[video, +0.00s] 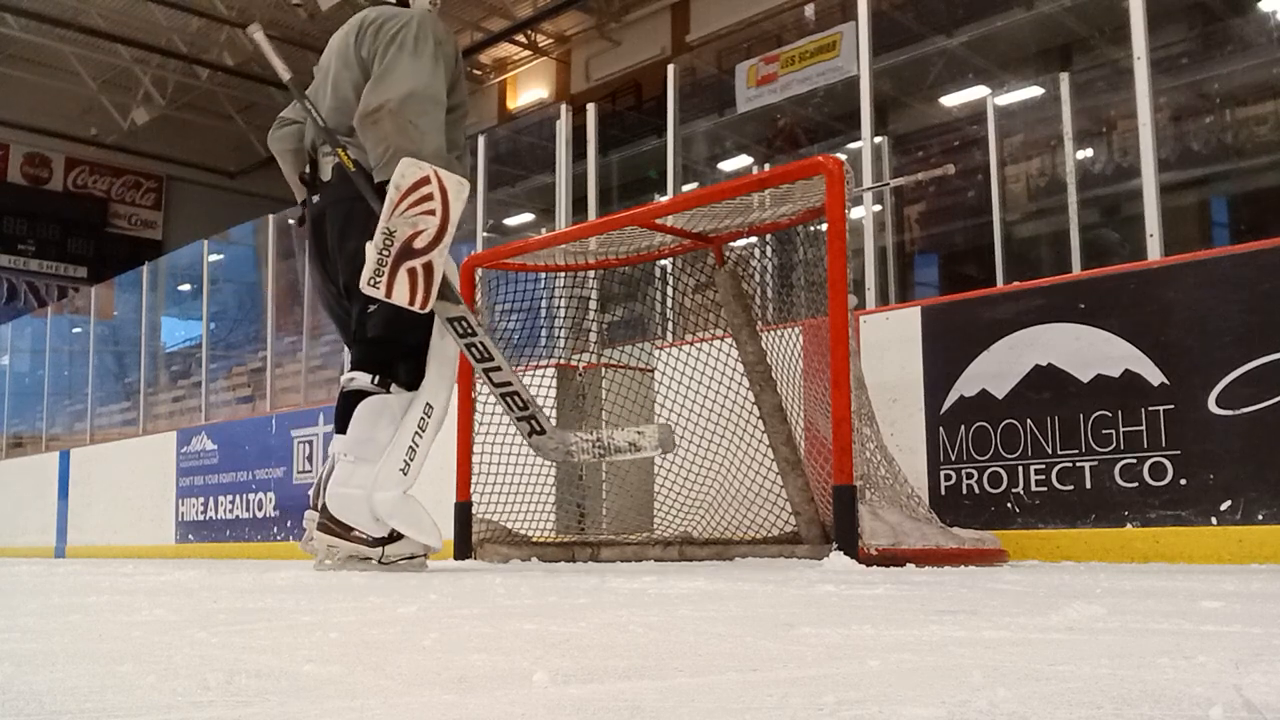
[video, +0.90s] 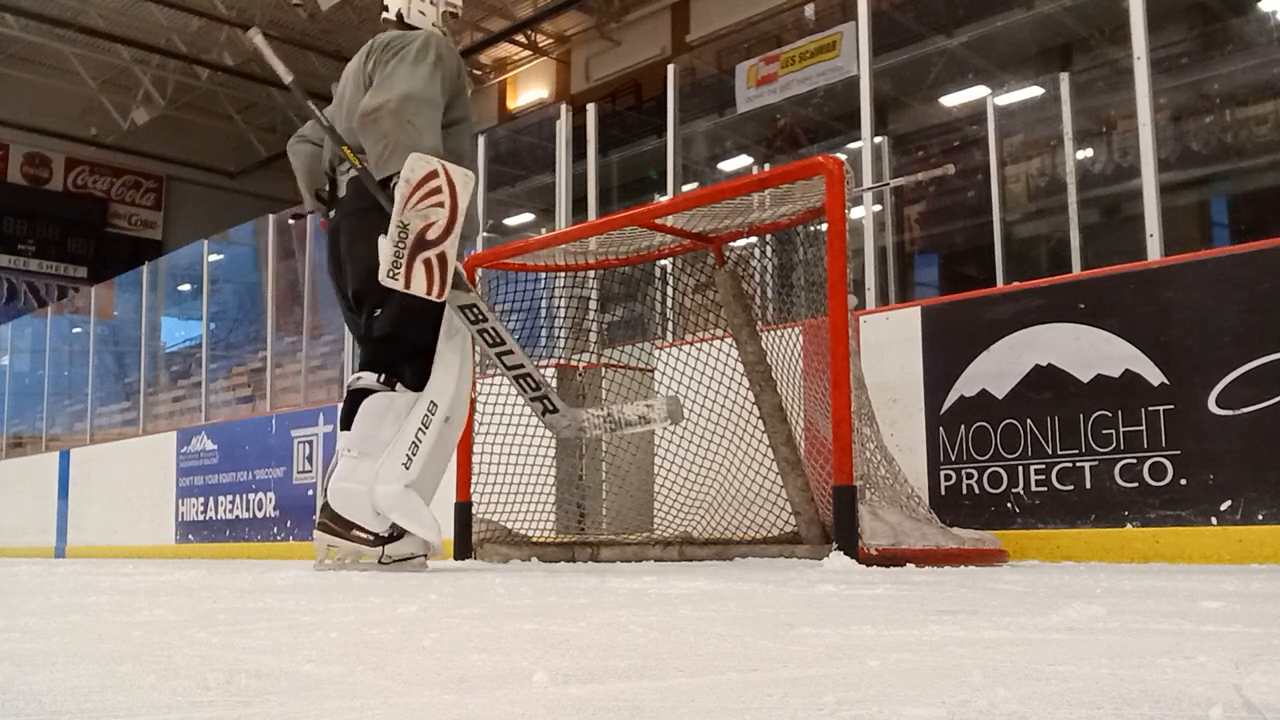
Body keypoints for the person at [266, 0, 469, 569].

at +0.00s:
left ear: (377, 1)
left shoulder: (344, 46)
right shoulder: (412, 24)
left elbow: (288, 131)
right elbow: (396, 120)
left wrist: (317, 190)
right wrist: (425, 226)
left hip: (330, 214)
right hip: (375, 207)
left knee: (370, 357)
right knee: (403, 358)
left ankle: (345, 513)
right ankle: (354, 506)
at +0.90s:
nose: (452, 16)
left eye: (451, 11)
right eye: (448, 10)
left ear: (392, 17)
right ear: (428, 13)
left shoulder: (358, 76)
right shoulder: (421, 45)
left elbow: (308, 142)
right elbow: (395, 117)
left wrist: (331, 199)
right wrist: (432, 219)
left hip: (353, 229)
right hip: (398, 223)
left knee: (383, 371)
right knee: (436, 373)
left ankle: (355, 513)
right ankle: (366, 507)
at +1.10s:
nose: (463, 38)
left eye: (465, 31)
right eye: (455, 27)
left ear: (417, 26)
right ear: (427, 22)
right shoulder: (423, 56)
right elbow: (383, 126)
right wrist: (416, 234)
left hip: (377, 236)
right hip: (395, 230)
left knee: (395, 374)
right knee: (423, 373)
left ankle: (368, 510)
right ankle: (371, 504)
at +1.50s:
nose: (501, 55)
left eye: (505, 48)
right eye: (492, 44)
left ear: (502, 55)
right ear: (462, 43)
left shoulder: (476, 108)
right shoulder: (442, 79)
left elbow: (461, 194)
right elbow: (385, 144)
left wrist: (491, 255)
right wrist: (382, 241)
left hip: (449, 259)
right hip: (439, 255)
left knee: (430, 389)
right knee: (469, 382)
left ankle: (395, 513)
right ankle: (445, 514)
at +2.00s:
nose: (525, 32)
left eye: (535, 24)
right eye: (515, 23)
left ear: (548, 35)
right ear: (499, 31)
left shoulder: (549, 110)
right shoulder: (478, 77)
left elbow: (540, 192)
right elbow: (428, 148)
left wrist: (541, 260)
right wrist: (409, 236)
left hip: (525, 267)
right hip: (469, 257)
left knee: (510, 397)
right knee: (492, 396)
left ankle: (458, 525)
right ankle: (474, 526)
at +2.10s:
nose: (533, 29)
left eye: (542, 22)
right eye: (522, 19)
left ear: (553, 34)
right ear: (503, 28)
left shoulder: (565, 113)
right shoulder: (483, 73)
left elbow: (562, 190)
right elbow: (438, 139)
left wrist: (553, 246)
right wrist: (422, 218)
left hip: (545, 268)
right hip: (482, 255)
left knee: (542, 396)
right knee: (501, 390)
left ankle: (519, 527)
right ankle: (480, 524)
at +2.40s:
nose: (554, 13)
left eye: (563, 7)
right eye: (540, 6)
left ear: (578, 20)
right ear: (518, 18)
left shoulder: (603, 108)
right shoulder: (498, 70)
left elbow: (591, 208)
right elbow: (455, 154)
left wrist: (622, 256)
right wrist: (438, 239)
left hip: (585, 274)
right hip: (510, 261)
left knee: (617, 391)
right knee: (527, 398)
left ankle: (606, 521)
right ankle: (524, 529)